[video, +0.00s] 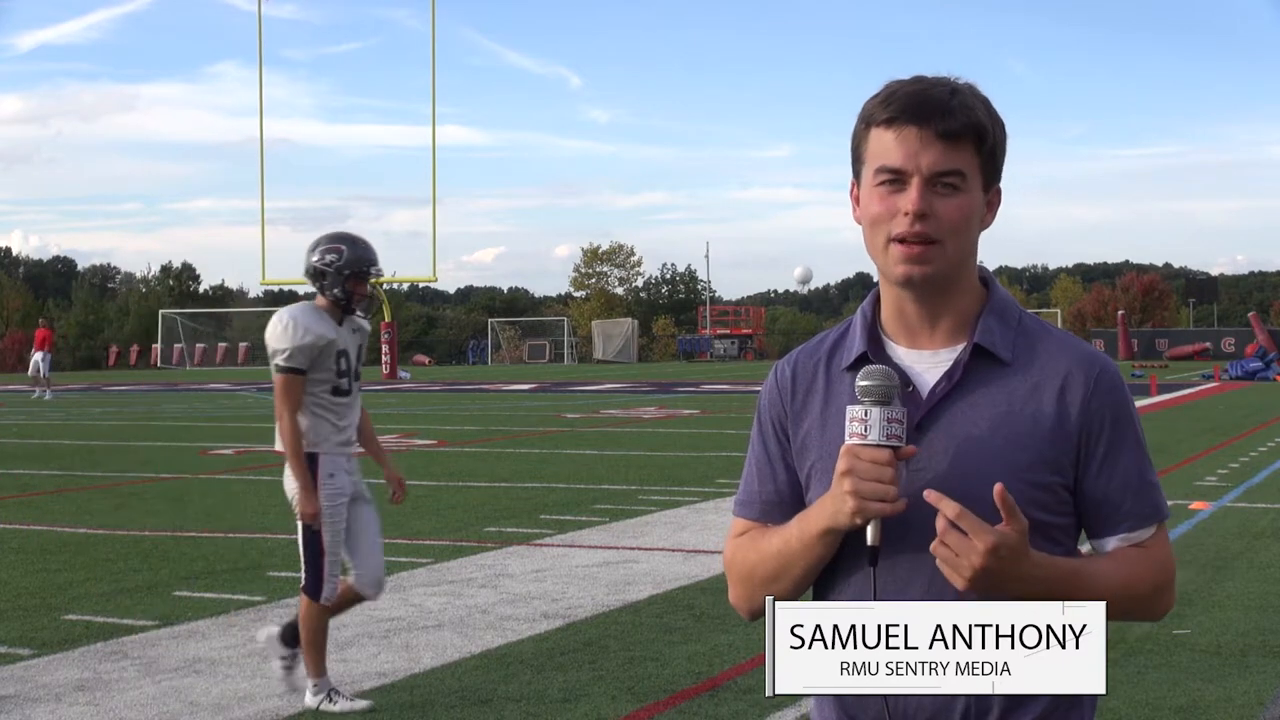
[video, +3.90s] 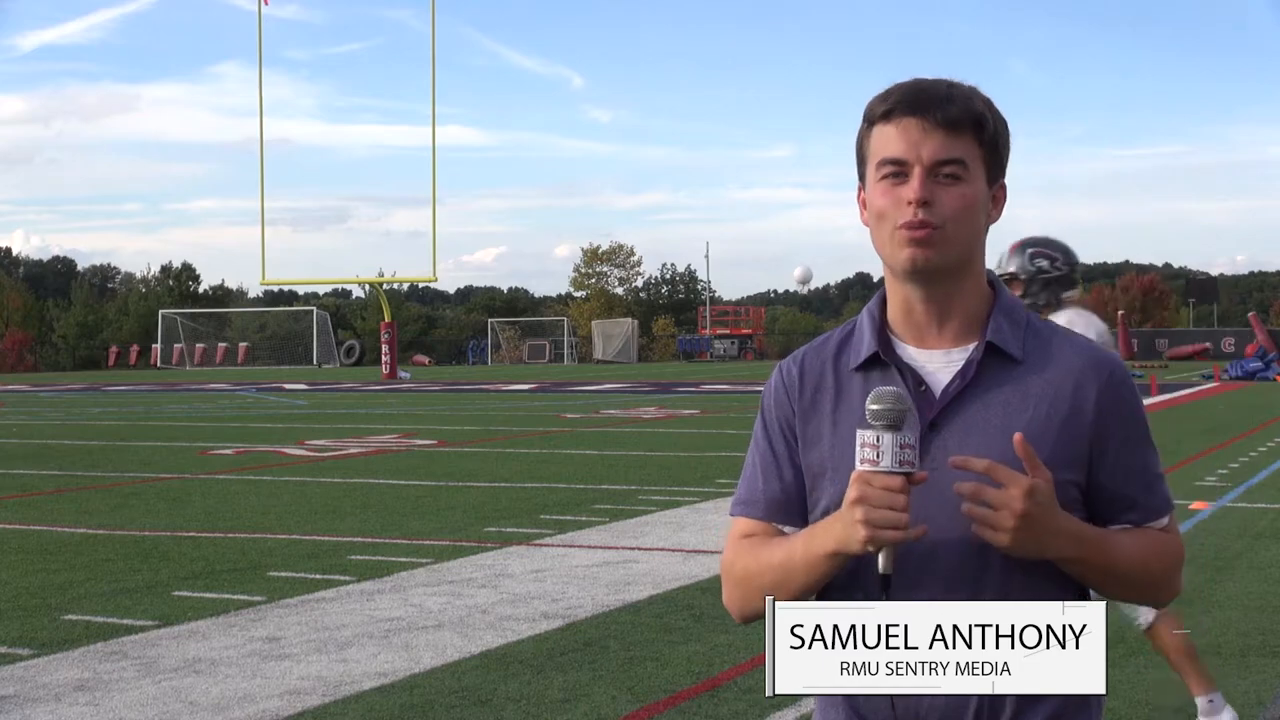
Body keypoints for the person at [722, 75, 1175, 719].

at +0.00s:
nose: (914, 207)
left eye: (946, 183)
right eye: (890, 182)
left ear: (989, 204)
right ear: (858, 202)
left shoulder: (1078, 381)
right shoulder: (796, 383)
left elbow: (1153, 581)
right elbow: (745, 587)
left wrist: (1030, 575)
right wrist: (830, 514)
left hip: (1028, 707)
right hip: (849, 708)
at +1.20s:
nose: (913, 198)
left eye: (942, 175)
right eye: (887, 176)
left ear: (987, 199)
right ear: (856, 205)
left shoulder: (1079, 379)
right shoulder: (799, 382)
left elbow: (1157, 597)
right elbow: (736, 584)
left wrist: (1071, 534)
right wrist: (820, 493)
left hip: (1028, 705)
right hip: (850, 706)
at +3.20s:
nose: (899, 201)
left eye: (933, 180)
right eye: (878, 179)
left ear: (986, 205)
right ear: (855, 199)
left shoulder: (1080, 378)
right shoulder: (799, 386)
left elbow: (1156, 593)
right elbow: (748, 584)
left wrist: (1042, 504)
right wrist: (821, 522)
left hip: (1035, 706)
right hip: (856, 708)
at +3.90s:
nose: (917, 196)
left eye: (947, 174)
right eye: (894, 174)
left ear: (995, 200)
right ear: (865, 206)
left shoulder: (1089, 380)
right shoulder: (800, 385)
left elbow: (1162, 573)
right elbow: (740, 588)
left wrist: (1060, 536)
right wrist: (838, 533)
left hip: (1040, 707)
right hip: (857, 709)